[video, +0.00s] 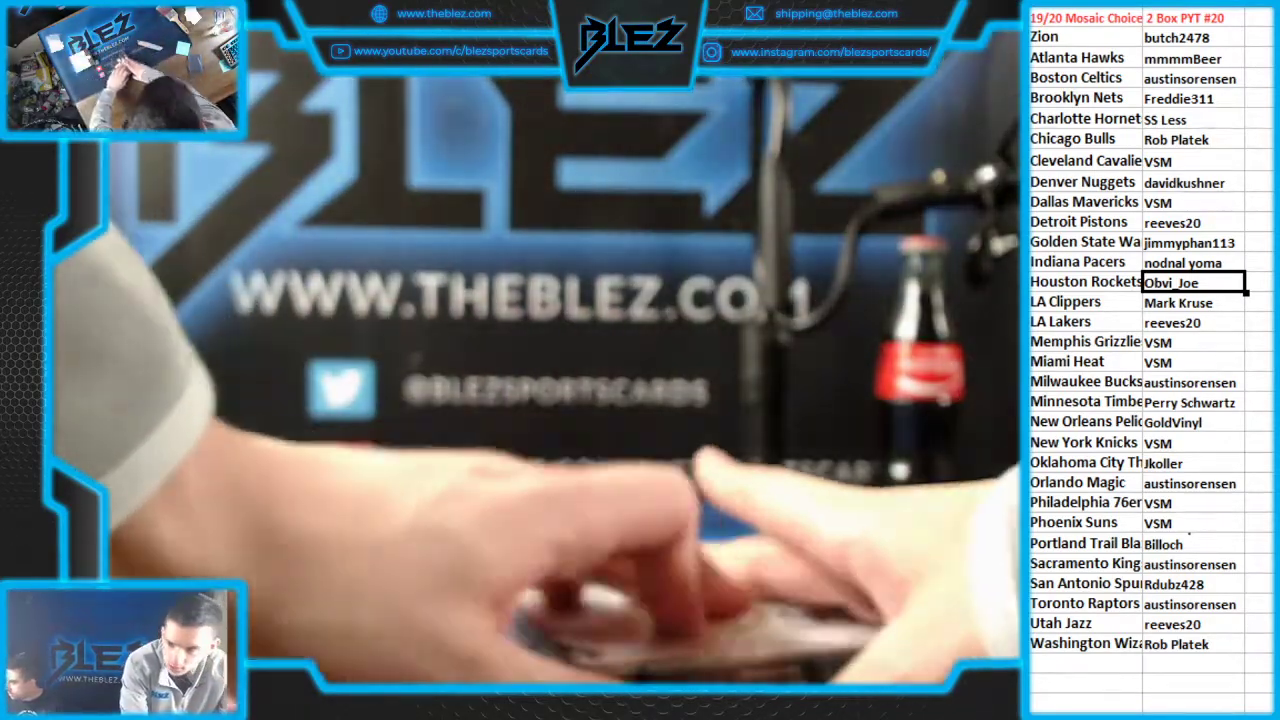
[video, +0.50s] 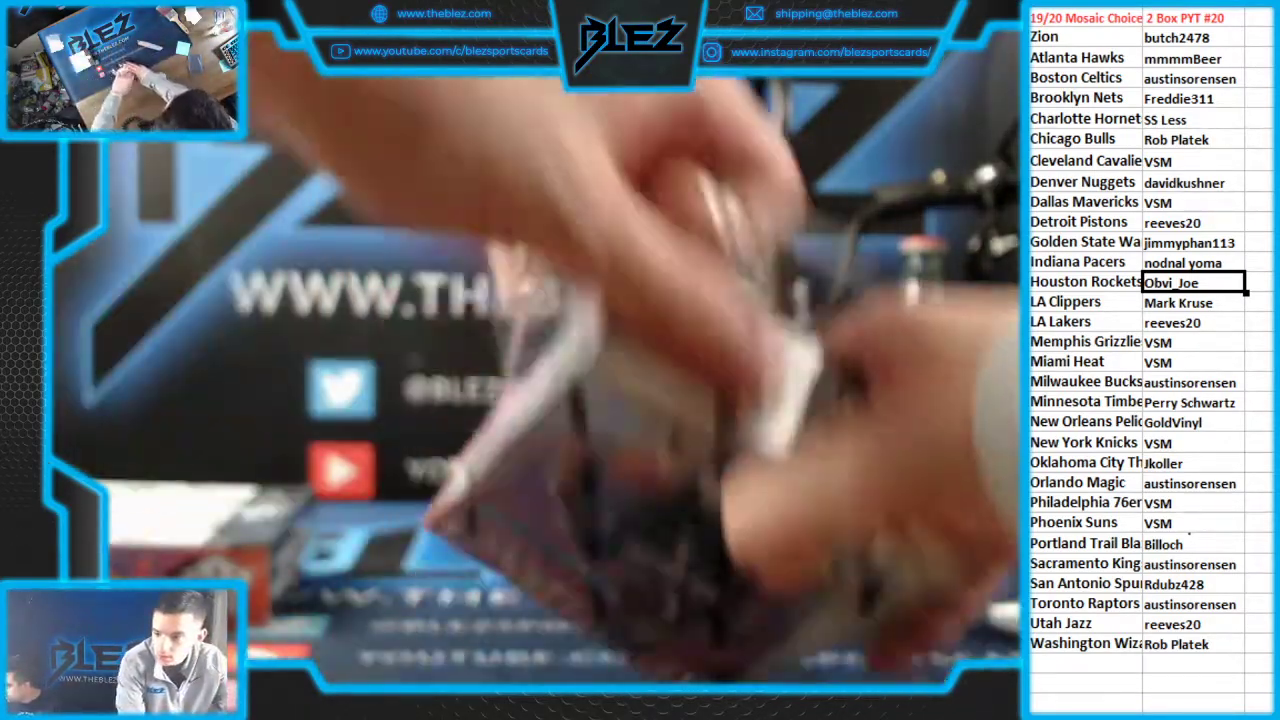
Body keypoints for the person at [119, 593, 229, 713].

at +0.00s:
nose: (178, 660)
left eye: (191, 650)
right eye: (170, 644)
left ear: (213, 646)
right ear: (162, 633)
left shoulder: (224, 669)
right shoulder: (138, 663)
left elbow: (227, 714)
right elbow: (133, 714)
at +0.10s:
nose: (173, 655)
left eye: (187, 645)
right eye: (166, 641)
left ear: (209, 643)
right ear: (159, 631)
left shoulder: (221, 665)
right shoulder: (137, 662)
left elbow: (227, 713)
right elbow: (133, 714)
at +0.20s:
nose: (170, 651)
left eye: (183, 642)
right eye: (163, 638)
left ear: (206, 640)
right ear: (156, 630)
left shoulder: (217, 662)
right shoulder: (136, 661)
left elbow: (224, 714)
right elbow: (134, 715)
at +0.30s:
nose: (167, 649)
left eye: (179, 640)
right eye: (160, 636)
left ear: (203, 638)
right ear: (154, 629)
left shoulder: (215, 661)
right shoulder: (135, 660)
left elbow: (223, 714)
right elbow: (134, 714)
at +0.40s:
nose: (165, 648)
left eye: (177, 638)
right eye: (158, 634)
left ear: (201, 637)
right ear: (152, 628)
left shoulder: (215, 661)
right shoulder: (134, 661)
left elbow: (220, 712)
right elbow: (133, 714)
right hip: (156, 713)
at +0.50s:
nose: (164, 647)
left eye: (176, 637)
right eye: (157, 634)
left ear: (200, 637)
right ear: (151, 629)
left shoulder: (215, 661)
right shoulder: (133, 661)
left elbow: (222, 710)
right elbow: (130, 713)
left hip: (197, 713)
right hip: (154, 713)